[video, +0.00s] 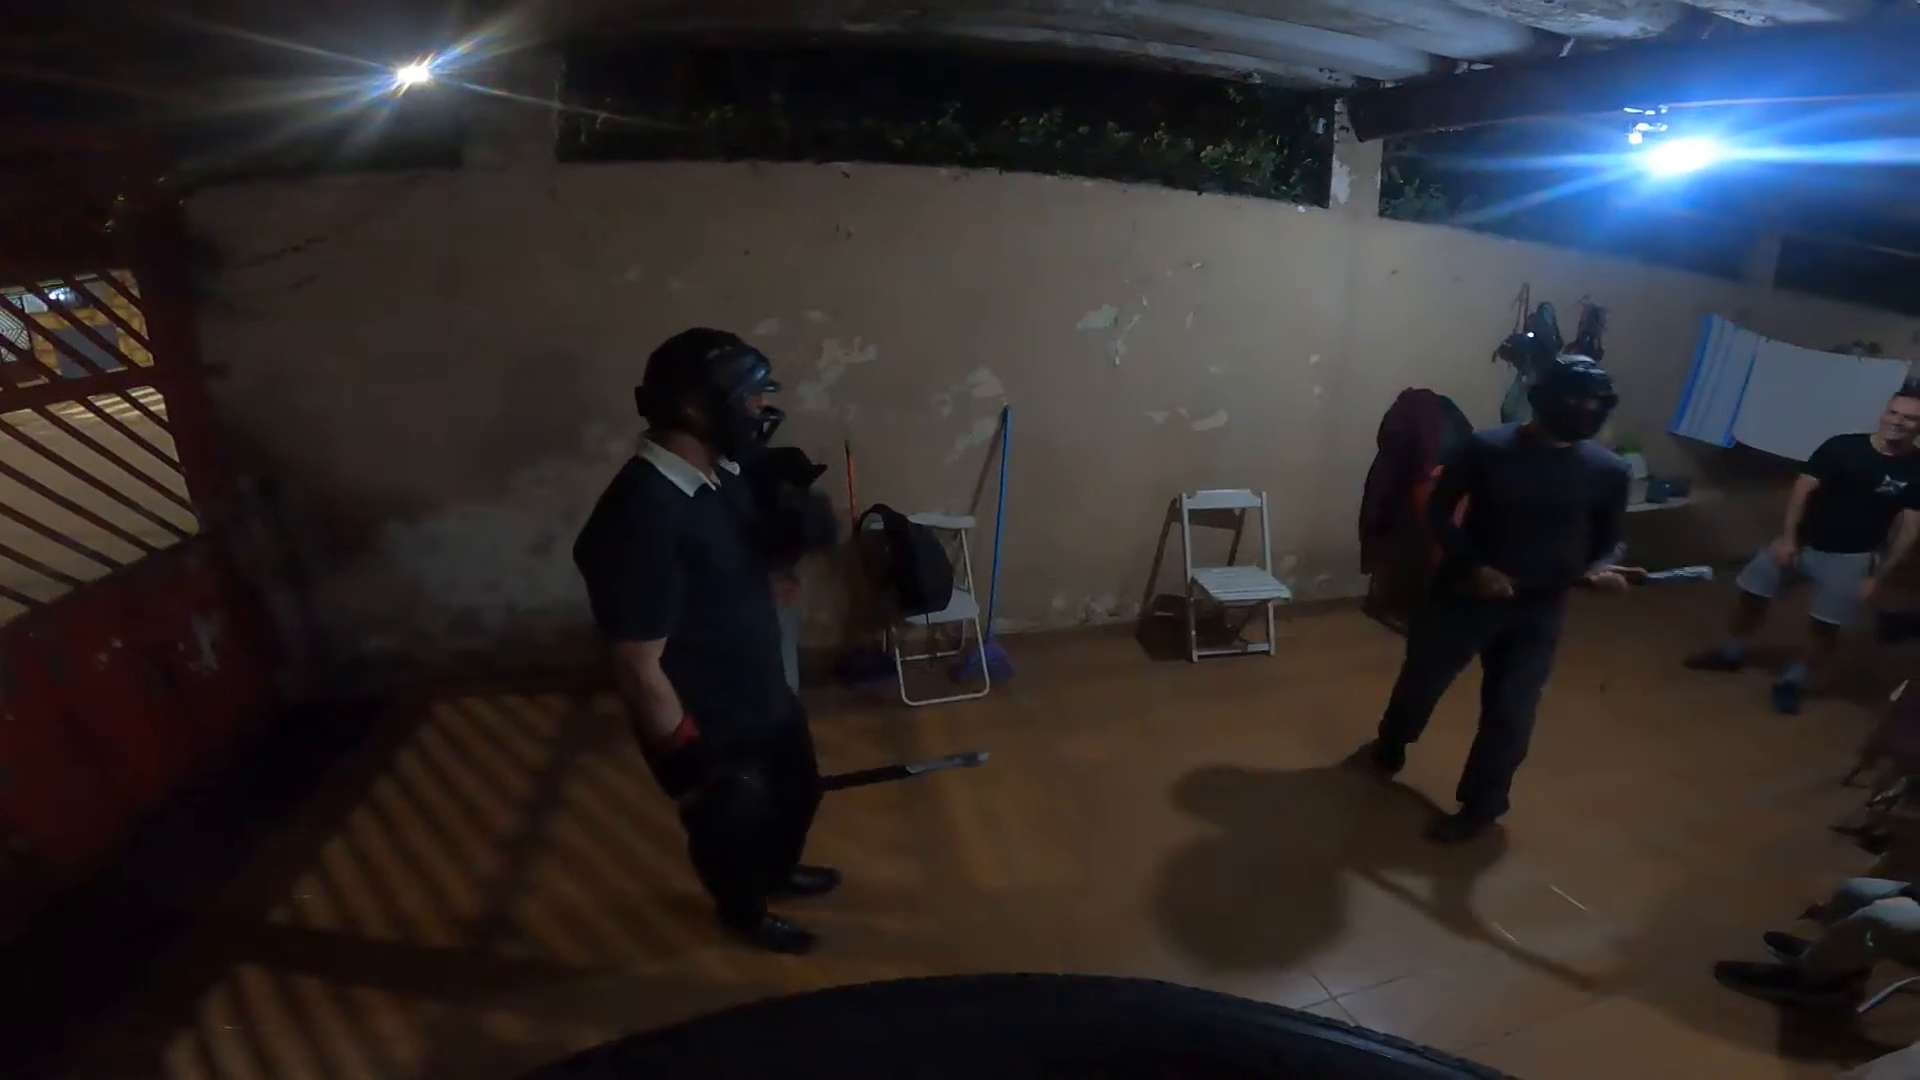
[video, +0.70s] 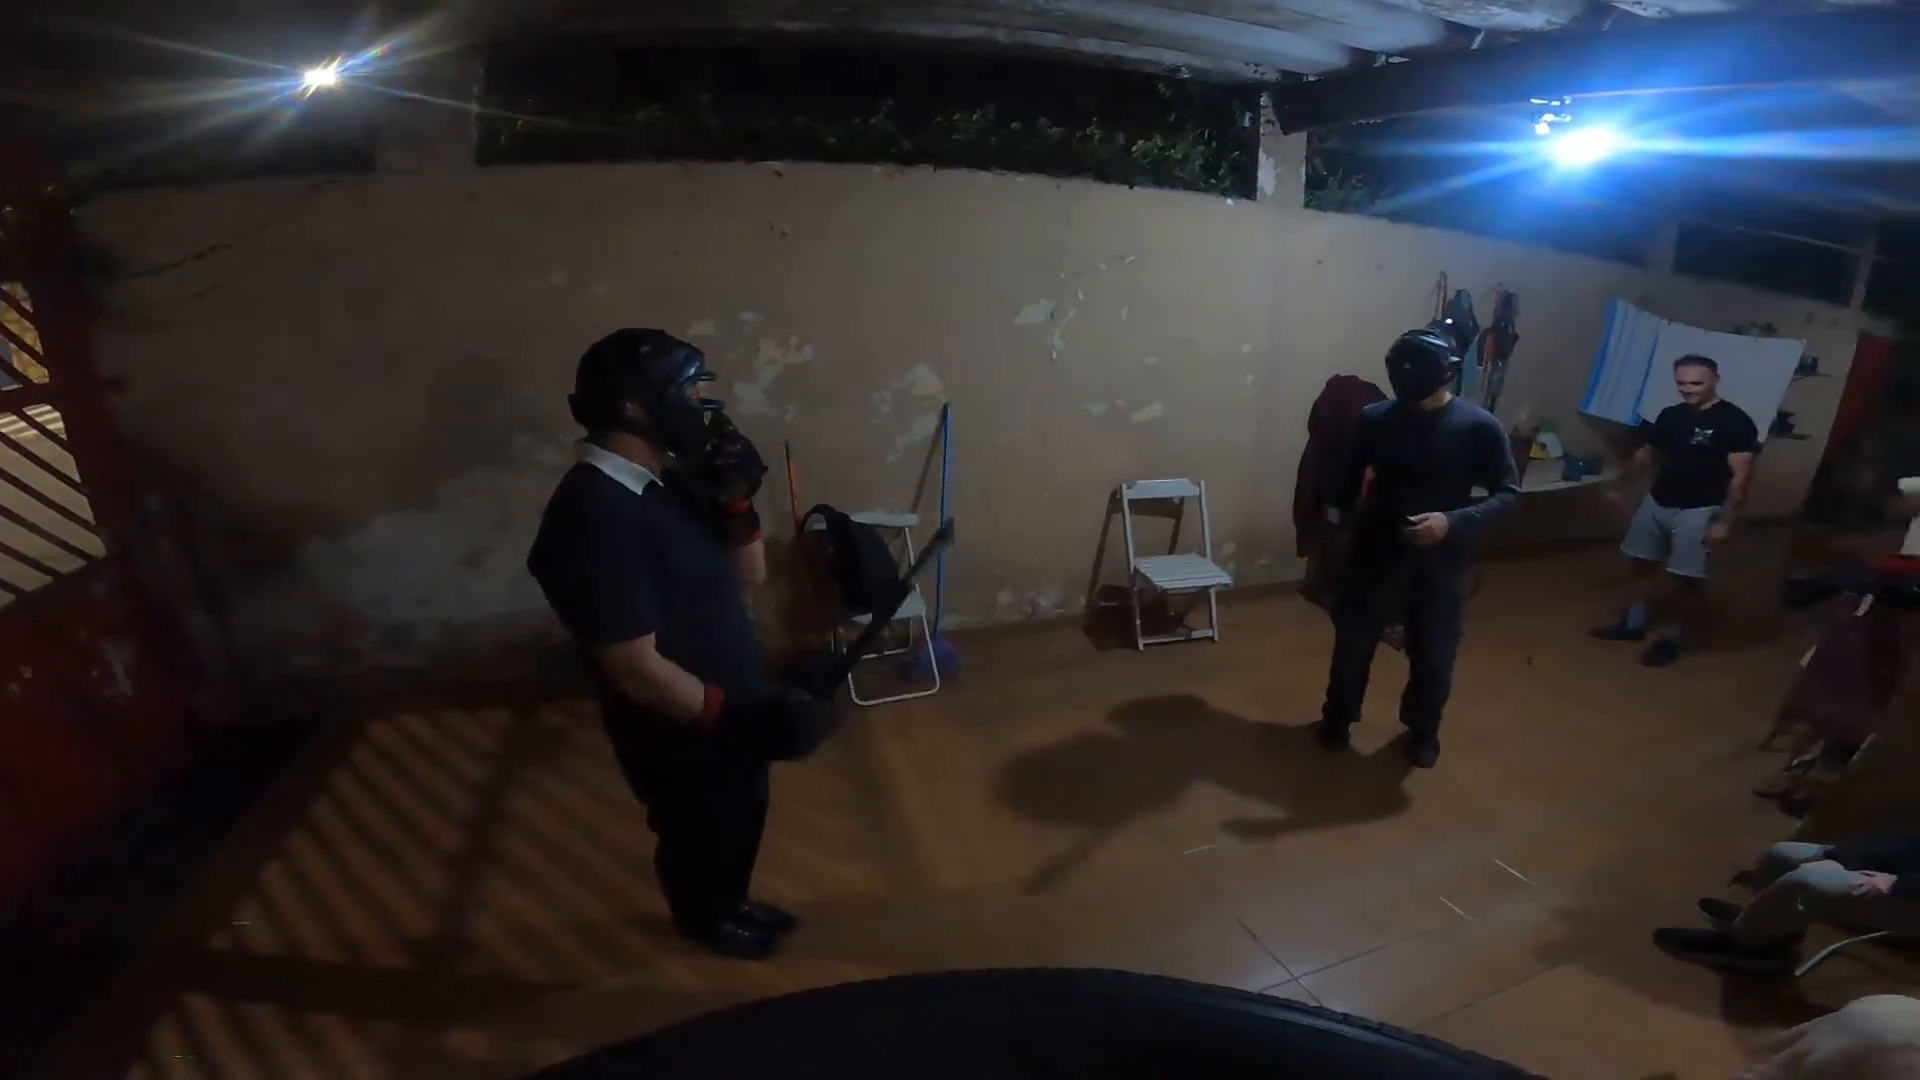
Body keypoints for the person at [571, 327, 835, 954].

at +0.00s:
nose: (760, 408)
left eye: (759, 392)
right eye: (743, 393)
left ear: (696, 409)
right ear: (692, 407)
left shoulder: (726, 478)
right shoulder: (631, 517)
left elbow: (768, 581)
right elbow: (638, 666)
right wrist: (692, 754)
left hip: (763, 686)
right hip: (706, 711)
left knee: (795, 785)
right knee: (736, 815)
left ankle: (775, 867)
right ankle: (742, 912)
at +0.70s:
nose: (702, 401)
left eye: (697, 386)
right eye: (683, 390)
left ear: (637, 411)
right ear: (633, 410)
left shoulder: (666, 483)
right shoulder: (587, 520)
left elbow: (747, 580)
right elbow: (633, 666)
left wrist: (735, 503)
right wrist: (734, 712)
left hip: (723, 700)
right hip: (668, 723)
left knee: (736, 814)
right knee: (694, 826)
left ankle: (729, 901)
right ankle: (703, 918)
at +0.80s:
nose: (626, 404)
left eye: (623, 390)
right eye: (609, 392)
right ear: (574, 405)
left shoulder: (591, 492)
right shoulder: (534, 512)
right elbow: (565, 645)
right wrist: (647, 694)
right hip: (616, 706)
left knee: (662, 805)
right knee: (656, 812)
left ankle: (667, 904)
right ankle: (664, 916)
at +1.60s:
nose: (703, 393)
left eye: (699, 378)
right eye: (687, 381)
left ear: (643, 401)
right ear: (644, 400)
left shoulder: (648, 468)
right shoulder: (609, 499)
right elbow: (638, 652)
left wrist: (705, 518)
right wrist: (745, 682)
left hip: (677, 683)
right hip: (649, 702)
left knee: (707, 785)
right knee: (707, 810)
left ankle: (703, 861)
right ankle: (672, 909)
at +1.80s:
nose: (753, 400)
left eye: (750, 385)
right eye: (738, 389)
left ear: (692, 408)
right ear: (697, 407)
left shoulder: (663, 470)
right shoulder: (662, 500)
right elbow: (689, 650)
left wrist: (748, 517)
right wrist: (793, 664)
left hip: (681, 670)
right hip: (679, 687)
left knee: (724, 765)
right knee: (798, 792)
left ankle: (709, 877)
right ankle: (755, 905)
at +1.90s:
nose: (787, 403)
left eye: (782, 389)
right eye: (771, 391)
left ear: (724, 411)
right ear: (730, 410)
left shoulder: (680, 473)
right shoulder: (701, 503)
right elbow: (718, 643)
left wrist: (784, 520)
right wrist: (808, 659)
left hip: (679, 668)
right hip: (704, 682)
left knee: (739, 752)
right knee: (819, 784)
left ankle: (723, 867)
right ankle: (837, 909)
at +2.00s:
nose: (823, 405)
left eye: (819, 392)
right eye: (809, 395)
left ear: (757, 414)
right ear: (770, 416)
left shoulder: (694, 472)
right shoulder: (742, 510)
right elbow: (765, 652)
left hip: (686, 660)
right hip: (730, 679)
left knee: (758, 745)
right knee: (834, 778)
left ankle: (732, 861)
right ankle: (890, 900)